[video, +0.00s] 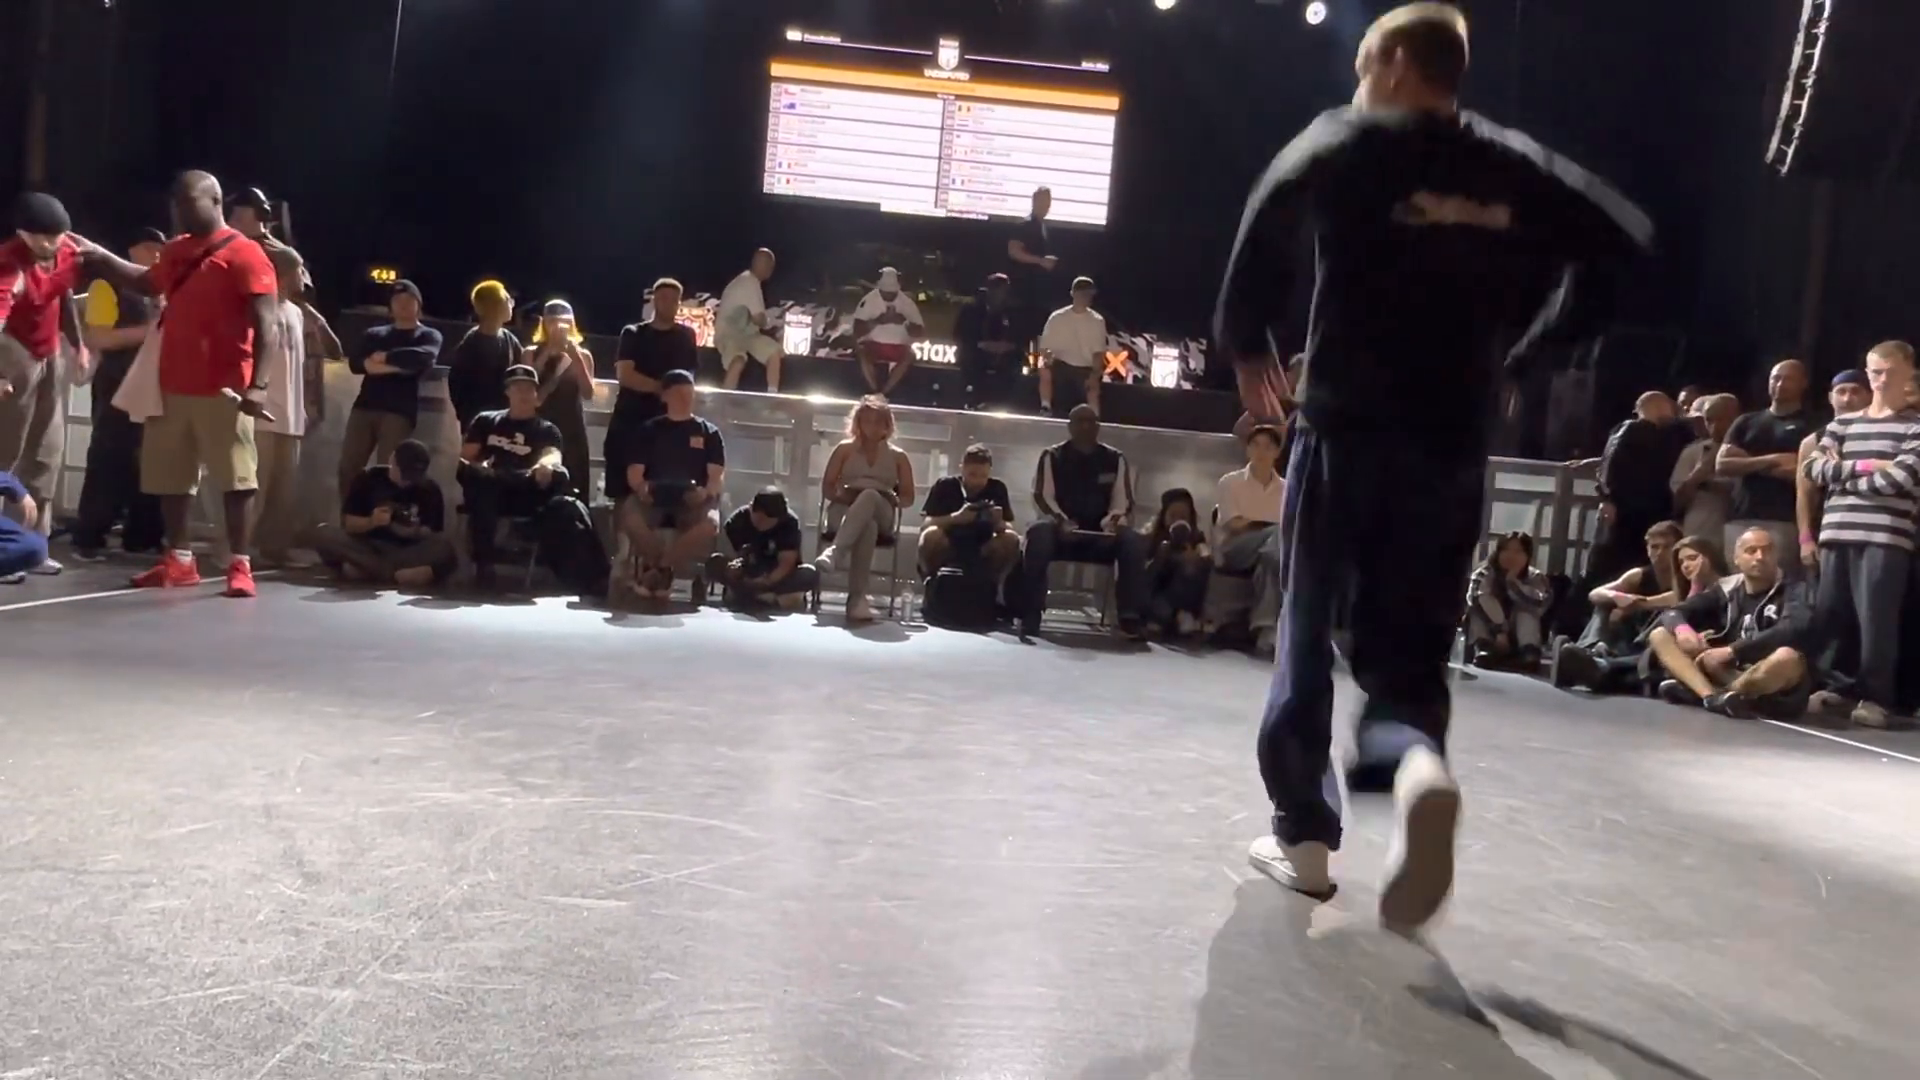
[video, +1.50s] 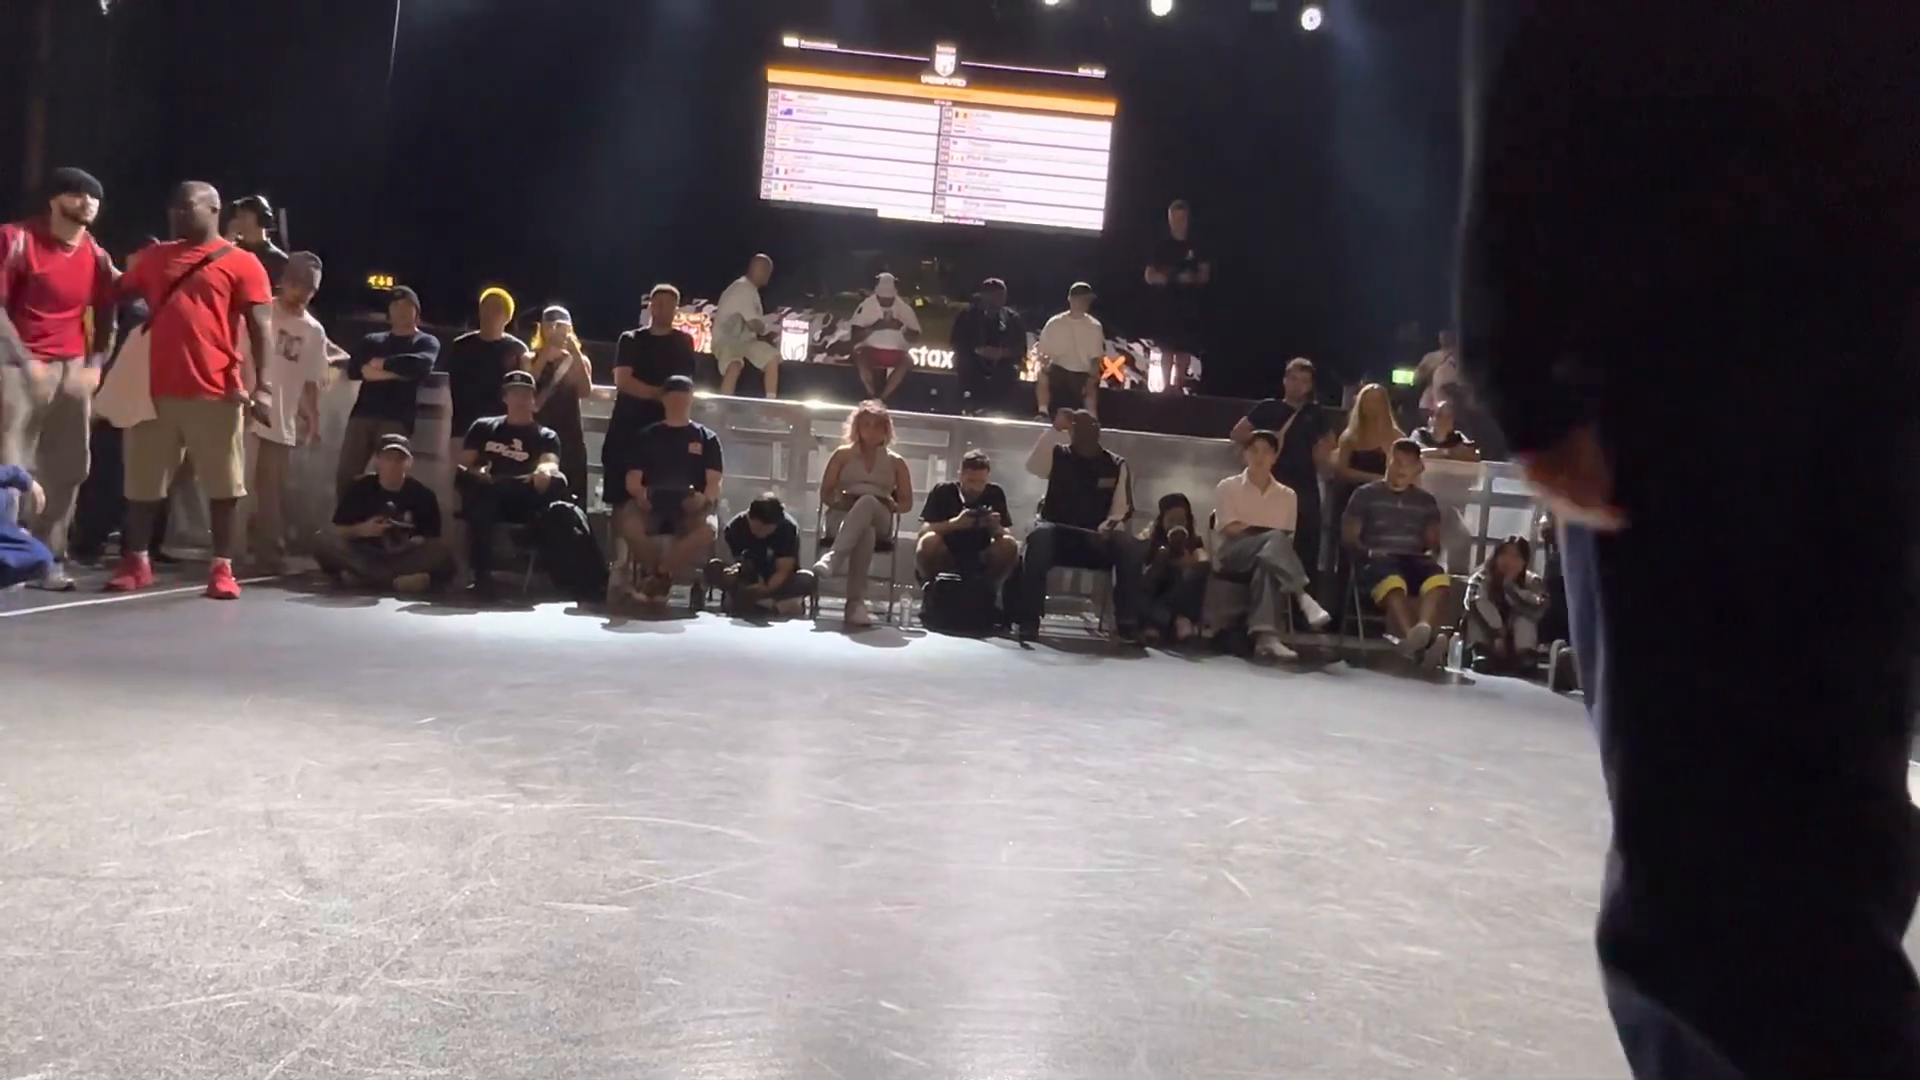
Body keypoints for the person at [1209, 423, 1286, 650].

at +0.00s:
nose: (1261, 451)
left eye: (1267, 446)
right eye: (1256, 445)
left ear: (1277, 452)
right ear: (1248, 449)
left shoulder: (1286, 488)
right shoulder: (1230, 482)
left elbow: (1290, 528)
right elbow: (1235, 525)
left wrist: (1251, 524)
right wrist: (1278, 528)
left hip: (1273, 551)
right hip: (1235, 549)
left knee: (1270, 558)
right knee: (1278, 532)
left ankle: (1268, 632)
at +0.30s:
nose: (1261, 452)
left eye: (1267, 447)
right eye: (1255, 446)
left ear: (1277, 453)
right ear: (1248, 450)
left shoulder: (1291, 492)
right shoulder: (1230, 483)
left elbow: (1289, 532)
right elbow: (1235, 526)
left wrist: (1249, 524)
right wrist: (1279, 529)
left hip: (1277, 553)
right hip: (1236, 550)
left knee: (1269, 559)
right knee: (1280, 535)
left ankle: (1268, 631)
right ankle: (1306, 590)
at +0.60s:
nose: (1262, 453)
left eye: (1269, 448)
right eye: (1257, 447)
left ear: (1278, 454)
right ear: (1249, 451)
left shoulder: (1290, 492)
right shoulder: (1231, 483)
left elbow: (1288, 534)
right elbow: (1234, 526)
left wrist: (1248, 525)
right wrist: (1278, 531)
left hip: (1276, 555)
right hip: (1236, 553)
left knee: (1270, 561)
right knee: (1278, 535)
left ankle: (1270, 633)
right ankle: (1306, 594)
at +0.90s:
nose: (1264, 454)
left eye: (1271, 449)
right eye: (1259, 448)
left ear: (1279, 455)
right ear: (1250, 452)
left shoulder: (1291, 492)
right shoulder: (1231, 483)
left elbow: (1289, 534)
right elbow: (1235, 527)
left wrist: (1249, 525)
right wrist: (1278, 531)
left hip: (1277, 556)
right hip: (1237, 553)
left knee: (1270, 562)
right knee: (1279, 535)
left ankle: (1270, 633)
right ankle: (1308, 595)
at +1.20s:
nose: (1264, 457)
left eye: (1270, 451)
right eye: (1259, 451)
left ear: (1278, 457)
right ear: (1250, 454)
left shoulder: (1291, 495)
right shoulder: (1232, 486)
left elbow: (1288, 537)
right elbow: (1235, 528)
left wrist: (1249, 528)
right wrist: (1278, 533)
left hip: (1276, 558)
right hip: (1236, 555)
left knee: (1270, 564)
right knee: (1279, 538)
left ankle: (1270, 636)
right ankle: (1308, 598)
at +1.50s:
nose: (1259, 457)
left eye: (1266, 452)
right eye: (1254, 451)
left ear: (1274, 457)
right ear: (1246, 455)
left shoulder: (1287, 496)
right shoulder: (1228, 487)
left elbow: (1284, 538)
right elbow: (1231, 529)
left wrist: (1245, 528)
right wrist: (1274, 534)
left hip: (1273, 559)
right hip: (1233, 556)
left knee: (1266, 564)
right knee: (1275, 539)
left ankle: (1266, 636)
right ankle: (1304, 598)